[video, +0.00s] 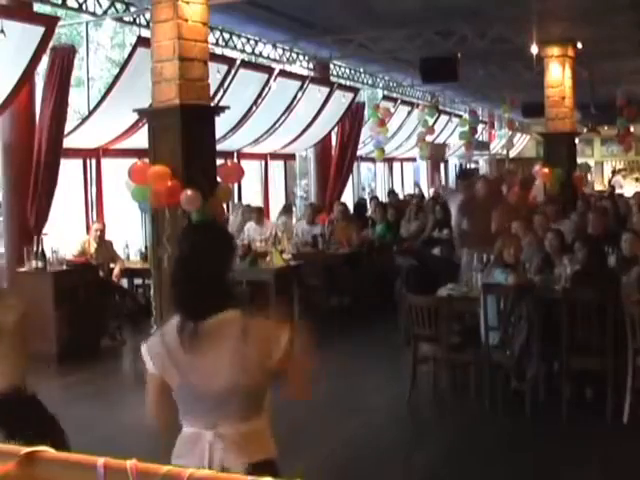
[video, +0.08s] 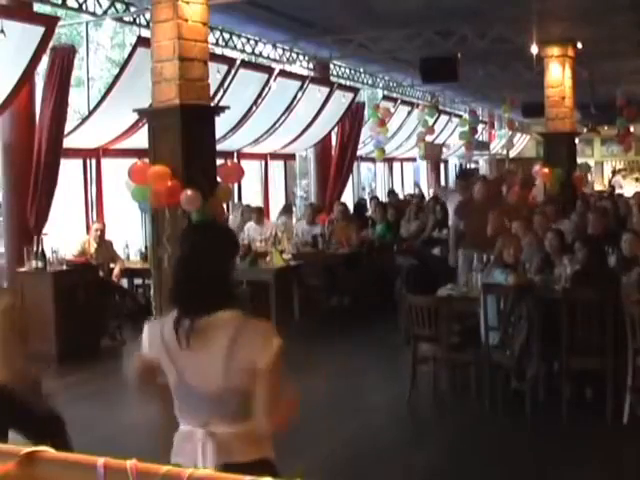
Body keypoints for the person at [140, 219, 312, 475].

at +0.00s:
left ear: (177, 267)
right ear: (228, 268)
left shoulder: (160, 344)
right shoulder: (261, 334)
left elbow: (161, 418)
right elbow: (299, 390)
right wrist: (301, 337)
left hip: (189, 460)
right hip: (249, 461)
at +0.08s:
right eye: (234, 261)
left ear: (180, 264)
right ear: (230, 268)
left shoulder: (156, 333)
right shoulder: (258, 336)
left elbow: (143, 385)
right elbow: (266, 423)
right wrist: (287, 408)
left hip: (185, 461)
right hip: (246, 463)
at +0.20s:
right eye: (235, 253)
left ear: (184, 258)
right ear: (229, 261)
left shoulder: (170, 314)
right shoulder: (244, 333)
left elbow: (147, 284)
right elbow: (234, 423)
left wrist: (138, 266)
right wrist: (264, 423)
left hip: (182, 446)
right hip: (225, 450)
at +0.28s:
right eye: (233, 255)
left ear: (182, 260)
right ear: (226, 262)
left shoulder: (175, 317)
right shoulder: (234, 338)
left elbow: (155, 260)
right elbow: (219, 420)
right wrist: (255, 464)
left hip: (179, 442)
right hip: (218, 450)